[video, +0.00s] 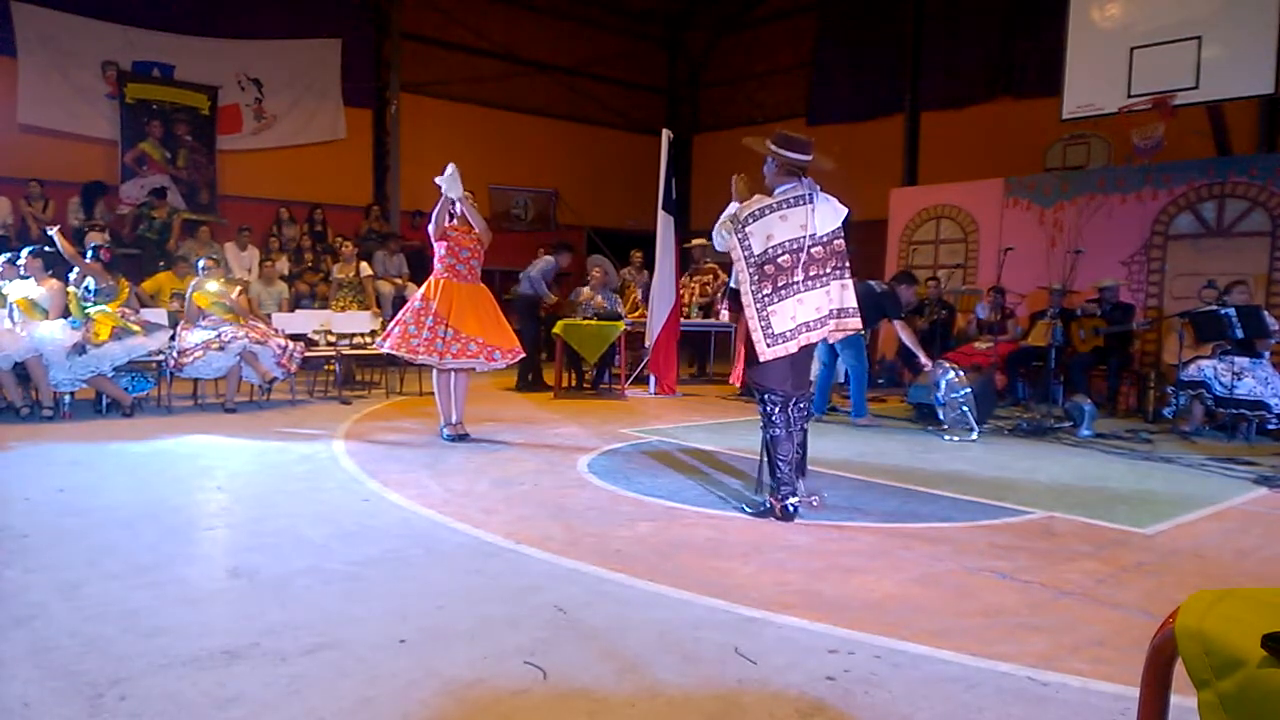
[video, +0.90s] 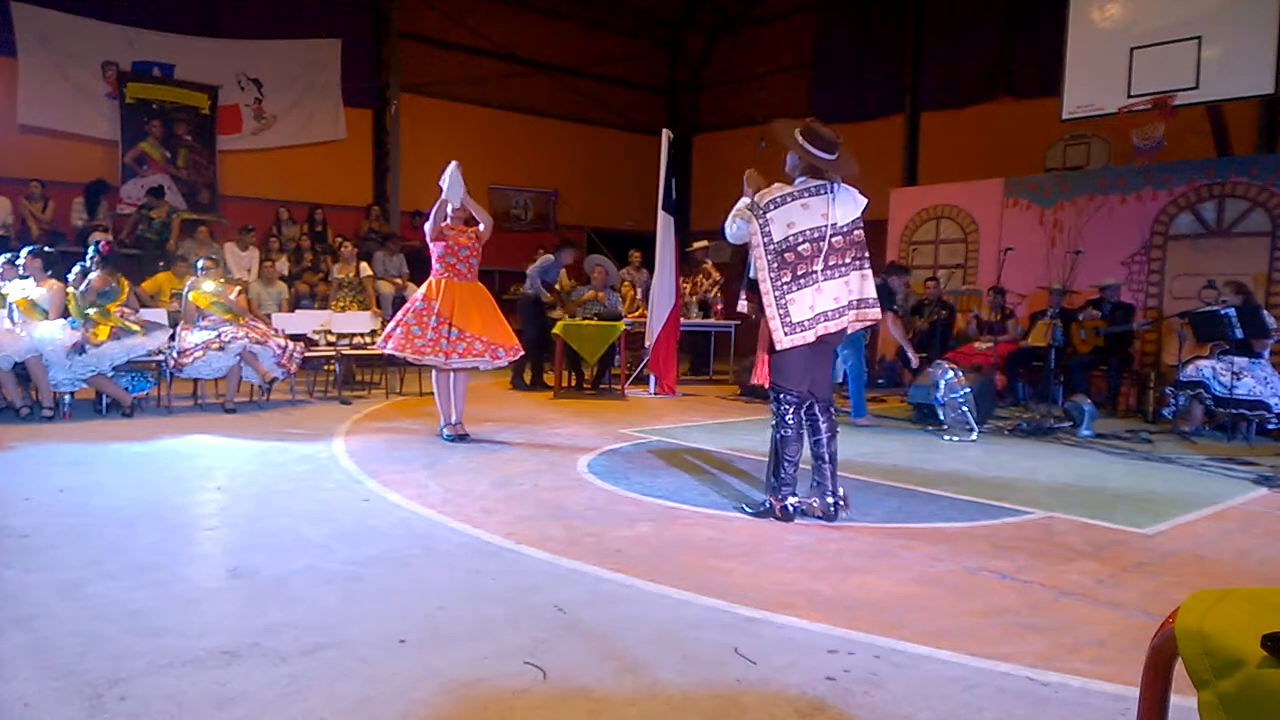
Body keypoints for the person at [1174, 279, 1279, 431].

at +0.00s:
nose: (1244, 297)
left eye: (1247, 293)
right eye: (1240, 293)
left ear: (1250, 296)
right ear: (1227, 297)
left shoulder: (1259, 315)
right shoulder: (1215, 316)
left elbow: (1265, 347)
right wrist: (1212, 350)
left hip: (1253, 364)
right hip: (1221, 362)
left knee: (1249, 381)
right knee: (1199, 368)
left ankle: (1243, 425)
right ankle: (1196, 420)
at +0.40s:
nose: (1222, 302)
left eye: (1226, 298)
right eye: (1221, 298)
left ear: (1242, 298)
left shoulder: (1259, 316)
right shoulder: (1218, 317)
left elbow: (1263, 346)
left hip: (1253, 365)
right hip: (1223, 363)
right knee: (1196, 368)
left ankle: (1243, 424)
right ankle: (1196, 419)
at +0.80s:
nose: (1221, 303)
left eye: (1225, 299)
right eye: (1220, 299)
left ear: (1241, 298)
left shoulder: (1258, 315)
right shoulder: (1220, 317)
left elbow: (1261, 346)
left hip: (1254, 367)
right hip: (1225, 365)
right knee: (1197, 368)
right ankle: (1195, 421)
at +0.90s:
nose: (1221, 303)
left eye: (1225, 298)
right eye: (1220, 298)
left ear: (1241, 298)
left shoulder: (1258, 315)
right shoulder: (1218, 316)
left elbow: (1261, 346)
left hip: (1253, 366)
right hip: (1223, 365)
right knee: (1197, 368)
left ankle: (1242, 425)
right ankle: (1195, 421)